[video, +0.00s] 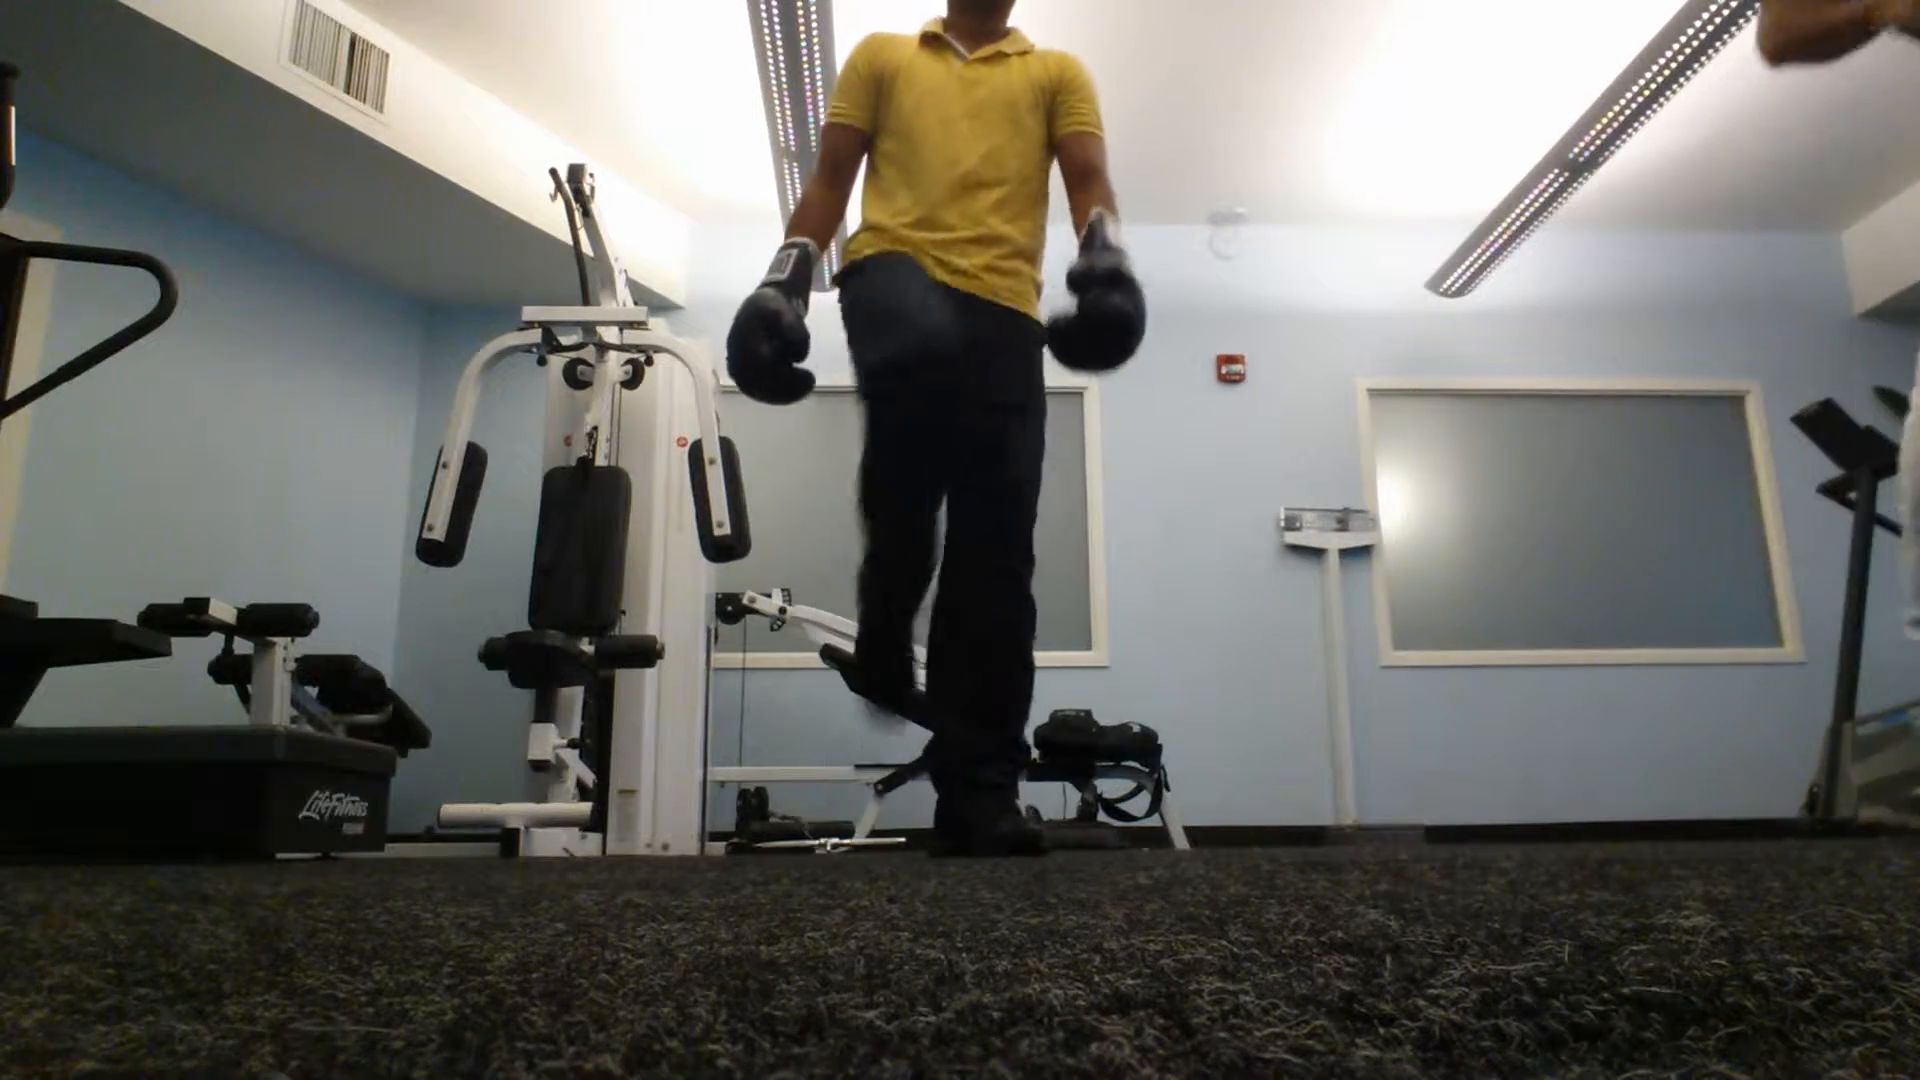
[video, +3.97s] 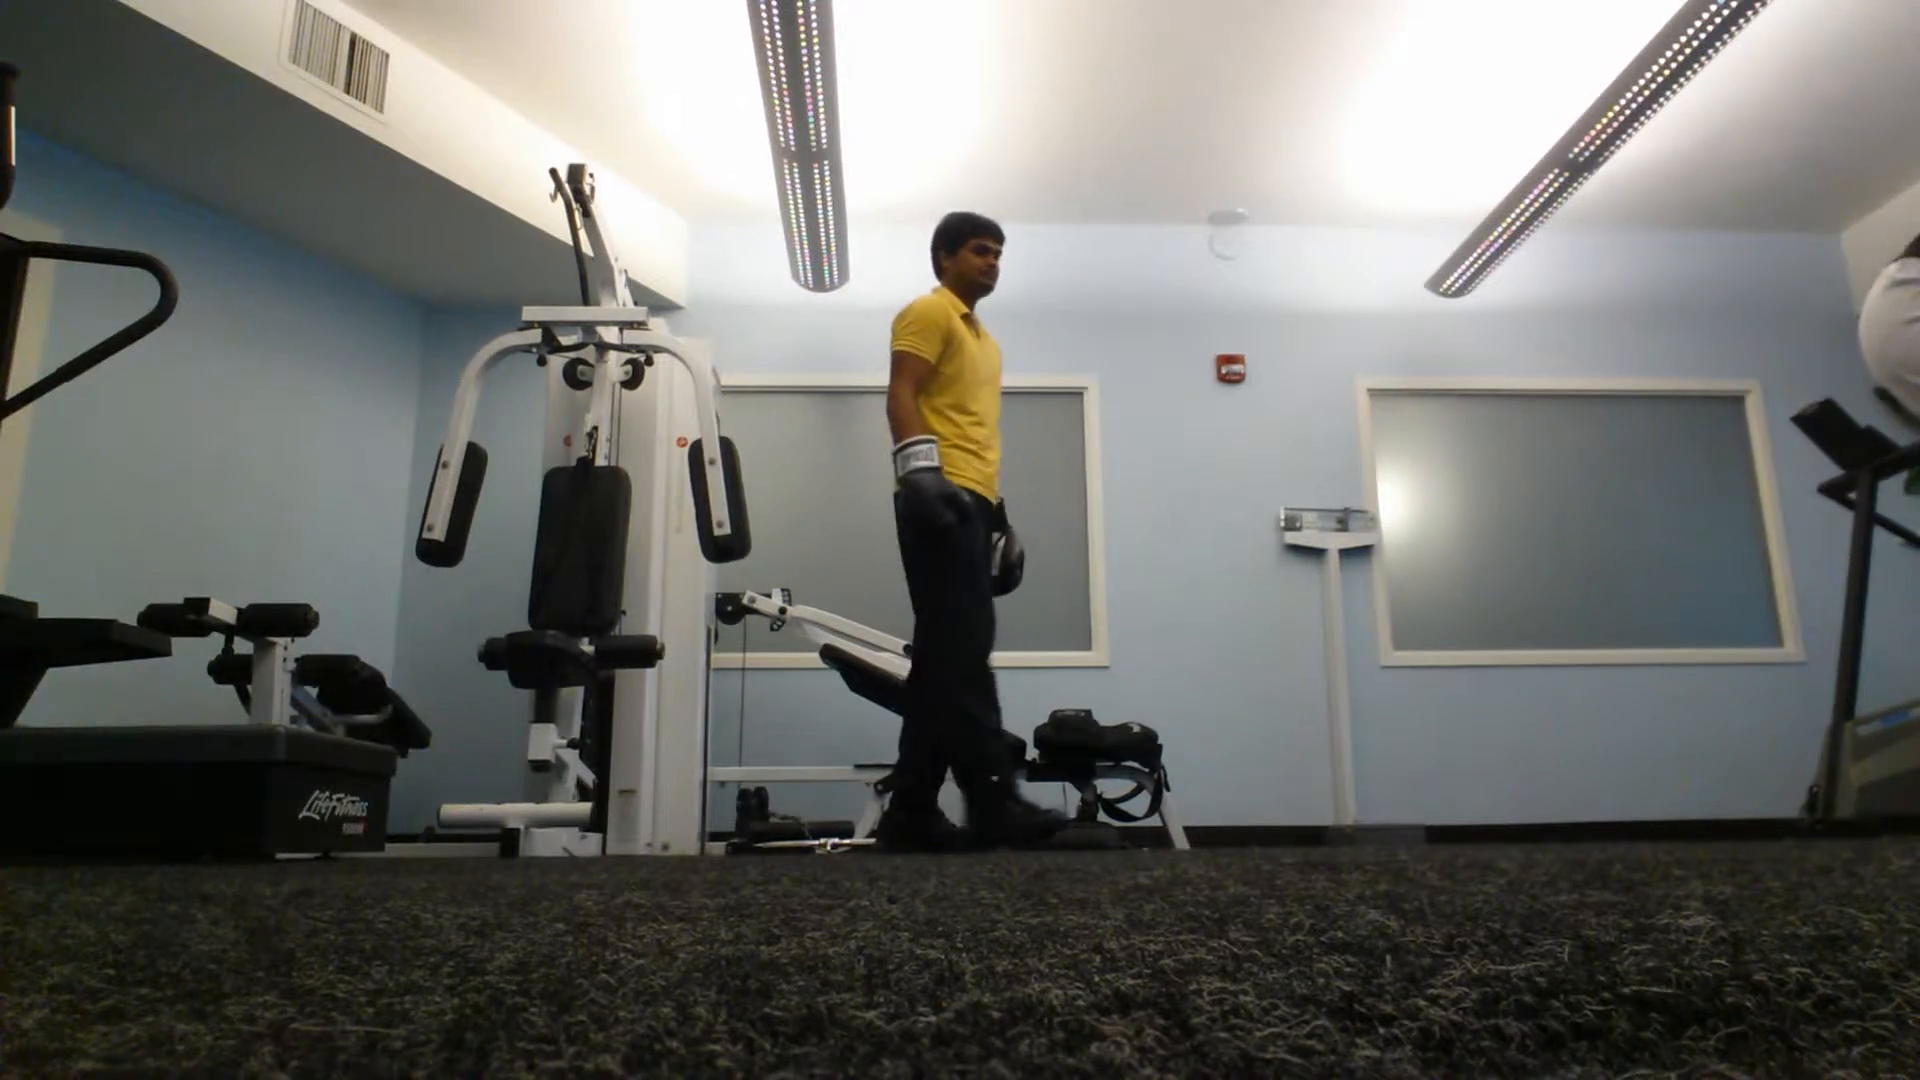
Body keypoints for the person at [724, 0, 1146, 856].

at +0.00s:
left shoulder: (1055, 72)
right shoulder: (884, 56)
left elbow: (1090, 183)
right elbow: (829, 181)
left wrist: (1104, 256)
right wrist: (786, 281)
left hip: (1002, 294)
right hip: (894, 265)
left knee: (998, 552)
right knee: (922, 371)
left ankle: (979, 797)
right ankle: (885, 630)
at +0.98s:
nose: (924, 37)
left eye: (940, 26)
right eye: (908, 25)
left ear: (962, 47)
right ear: (885, 45)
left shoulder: (1003, 139)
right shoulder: (845, 142)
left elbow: (1048, 245)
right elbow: (812, 243)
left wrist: (1083, 352)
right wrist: (783, 330)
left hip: (974, 372)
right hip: (866, 370)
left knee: (987, 572)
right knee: (873, 585)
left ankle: (1001, 790)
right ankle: (892, 804)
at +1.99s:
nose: (949, 166)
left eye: (962, 157)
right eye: (936, 155)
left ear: (979, 176)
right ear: (914, 171)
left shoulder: (1005, 261)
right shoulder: (874, 250)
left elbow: (1043, 361)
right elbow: (839, 347)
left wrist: (1086, 457)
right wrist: (800, 441)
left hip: (973, 457)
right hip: (882, 453)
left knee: (973, 635)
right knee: (863, 628)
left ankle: (970, 813)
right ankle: (856, 803)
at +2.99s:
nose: (904, 226)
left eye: (913, 216)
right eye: (890, 216)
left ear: (925, 229)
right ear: (866, 231)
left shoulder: (953, 309)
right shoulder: (847, 298)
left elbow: (976, 391)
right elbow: (817, 385)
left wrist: (992, 466)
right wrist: (803, 475)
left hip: (937, 493)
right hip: (871, 488)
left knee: (925, 649)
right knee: (866, 648)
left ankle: (914, 808)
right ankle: (857, 813)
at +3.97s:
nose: (994, 263)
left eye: (998, 256)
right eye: (983, 252)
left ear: (995, 266)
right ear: (947, 256)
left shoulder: (982, 338)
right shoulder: (930, 312)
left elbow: (979, 433)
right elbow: (901, 395)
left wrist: (1002, 523)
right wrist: (920, 473)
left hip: (974, 506)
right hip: (940, 498)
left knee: (948, 652)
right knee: (963, 647)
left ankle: (911, 807)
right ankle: (996, 803)